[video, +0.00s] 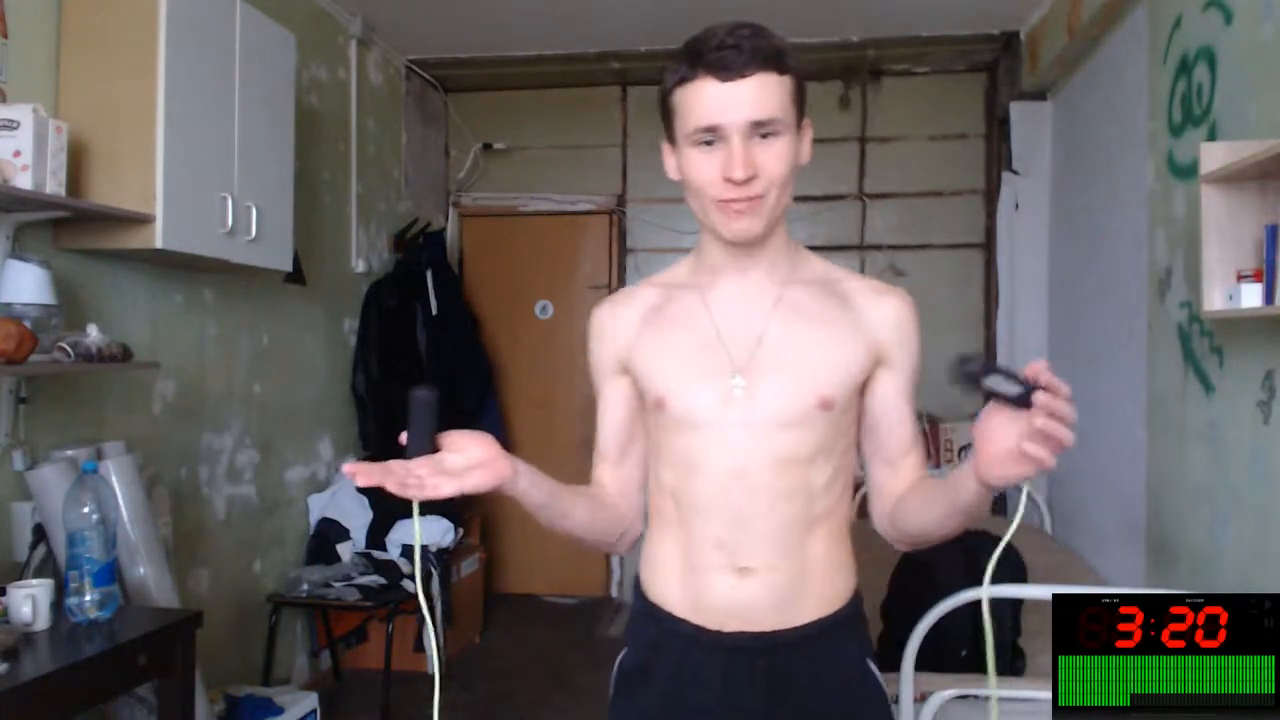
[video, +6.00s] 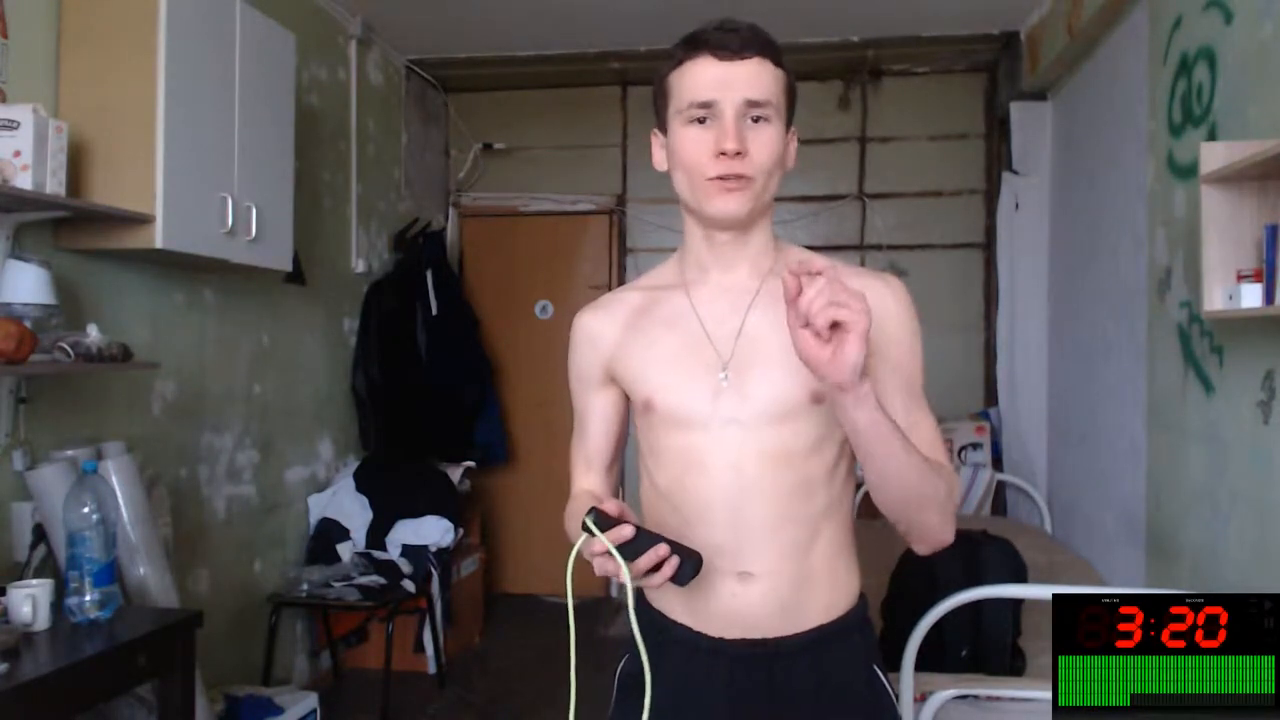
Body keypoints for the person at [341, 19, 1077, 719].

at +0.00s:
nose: (736, 167)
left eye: (761, 134)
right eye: (708, 141)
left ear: (802, 144)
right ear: (672, 160)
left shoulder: (875, 314)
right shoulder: (623, 322)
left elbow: (901, 515)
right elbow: (615, 518)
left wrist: (978, 472)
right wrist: (508, 474)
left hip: (821, 665)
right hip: (670, 665)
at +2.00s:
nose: (739, 159)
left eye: (772, 132)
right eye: (716, 128)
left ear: (810, 155)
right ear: (679, 145)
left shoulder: (878, 314)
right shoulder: (618, 327)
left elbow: (924, 542)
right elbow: (590, 527)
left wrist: (932, 496)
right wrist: (611, 514)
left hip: (835, 671)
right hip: (678, 668)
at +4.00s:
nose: (728, 152)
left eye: (753, 121)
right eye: (699, 129)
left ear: (799, 139)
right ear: (670, 159)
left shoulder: (879, 314)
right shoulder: (613, 324)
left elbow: (935, 530)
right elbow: (581, 514)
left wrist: (876, 482)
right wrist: (605, 516)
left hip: (828, 674)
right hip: (672, 672)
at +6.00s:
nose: (730, 144)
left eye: (756, 119)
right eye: (701, 119)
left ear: (789, 150)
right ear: (660, 149)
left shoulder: (871, 302)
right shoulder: (607, 329)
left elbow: (933, 528)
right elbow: (588, 488)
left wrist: (849, 389)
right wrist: (602, 537)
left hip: (829, 668)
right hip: (676, 671)